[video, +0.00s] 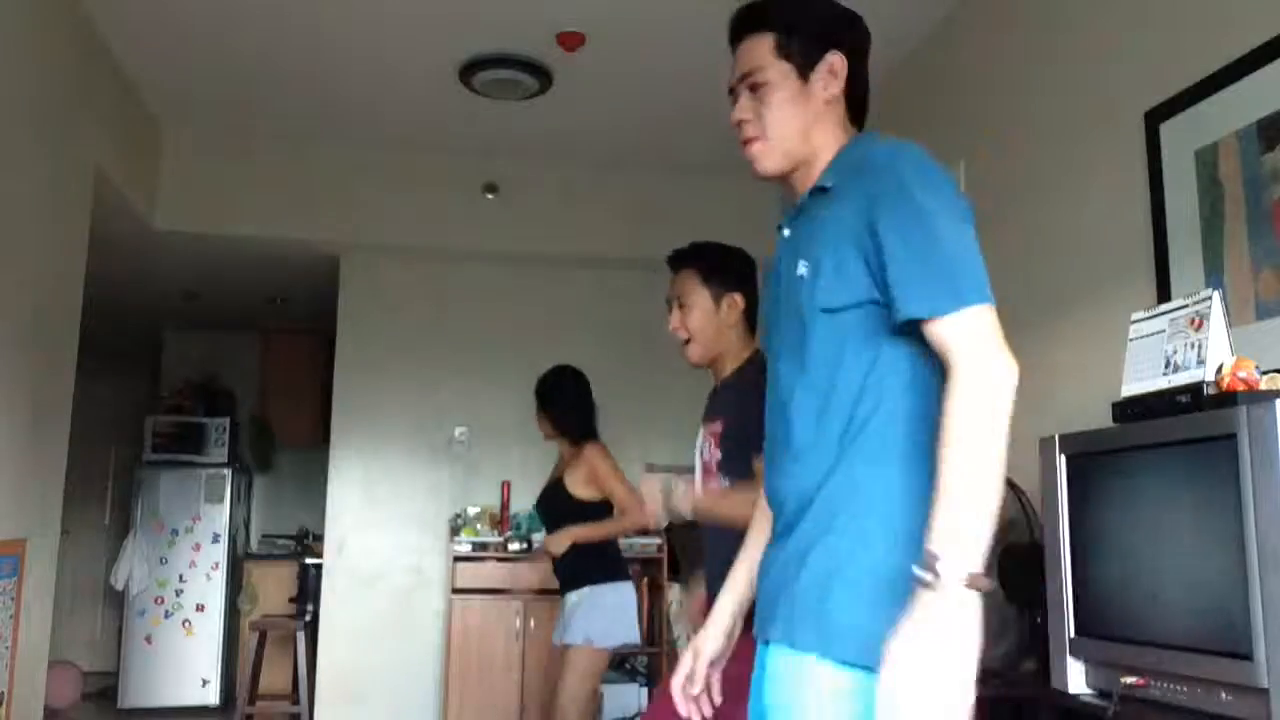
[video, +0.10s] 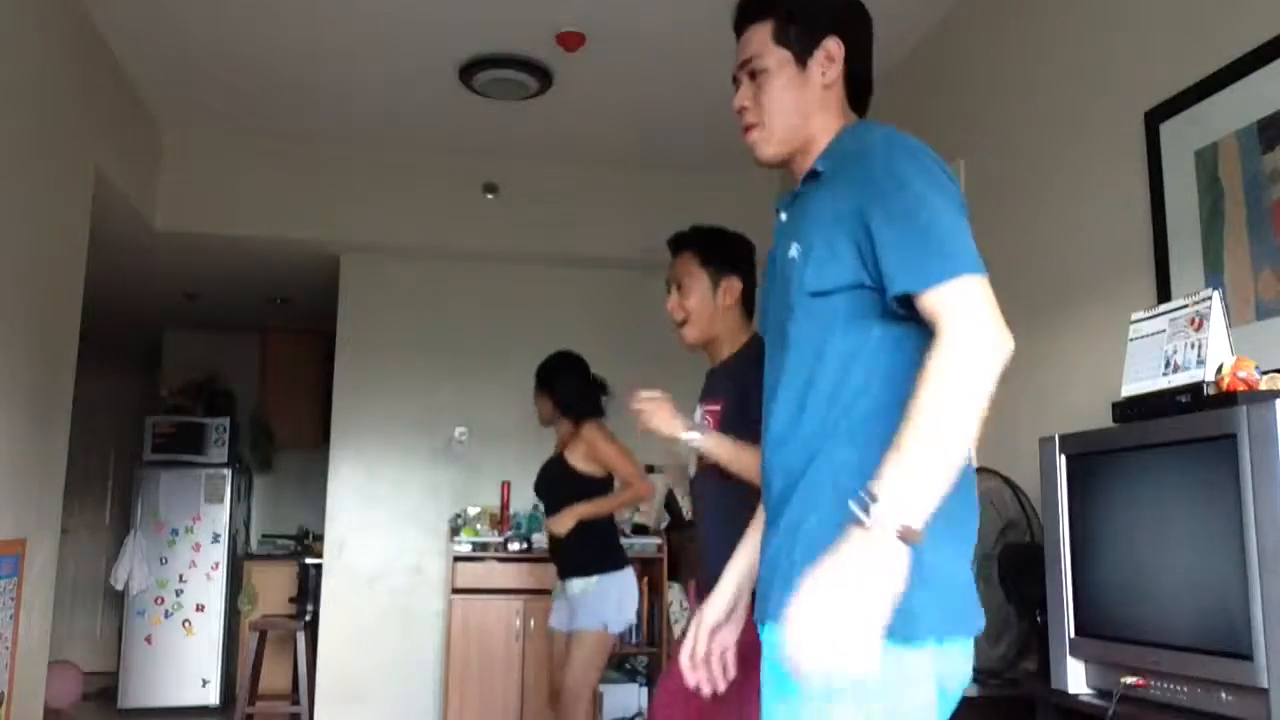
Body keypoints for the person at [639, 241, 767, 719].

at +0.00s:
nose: (673, 323)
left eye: (684, 305)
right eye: (672, 308)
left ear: (732, 307)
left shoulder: (762, 385)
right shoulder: (722, 391)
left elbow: (776, 501)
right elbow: (734, 502)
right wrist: (706, 584)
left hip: (758, 610)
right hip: (726, 602)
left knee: (739, 709)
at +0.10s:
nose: (671, 305)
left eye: (682, 288)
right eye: (670, 290)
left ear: (729, 292)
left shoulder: (764, 367)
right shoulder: (718, 375)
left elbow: (782, 474)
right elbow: (723, 496)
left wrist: (687, 431)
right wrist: (708, 594)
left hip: (753, 601)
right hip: (714, 596)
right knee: (670, 707)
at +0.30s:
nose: (675, 315)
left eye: (689, 300)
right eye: (678, 301)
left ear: (735, 311)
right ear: (728, 313)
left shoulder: (760, 395)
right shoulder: (713, 397)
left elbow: (777, 509)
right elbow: (698, 510)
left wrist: (743, 608)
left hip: (738, 620)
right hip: (698, 608)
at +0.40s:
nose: (678, 311)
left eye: (692, 296)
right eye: (681, 297)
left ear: (740, 307)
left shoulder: (758, 394)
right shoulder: (715, 395)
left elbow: (756, 520)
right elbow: (704, 513)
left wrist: (697, 616)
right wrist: (677, 605)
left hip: (737, 614)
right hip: (702, 607)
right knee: (683, 703)